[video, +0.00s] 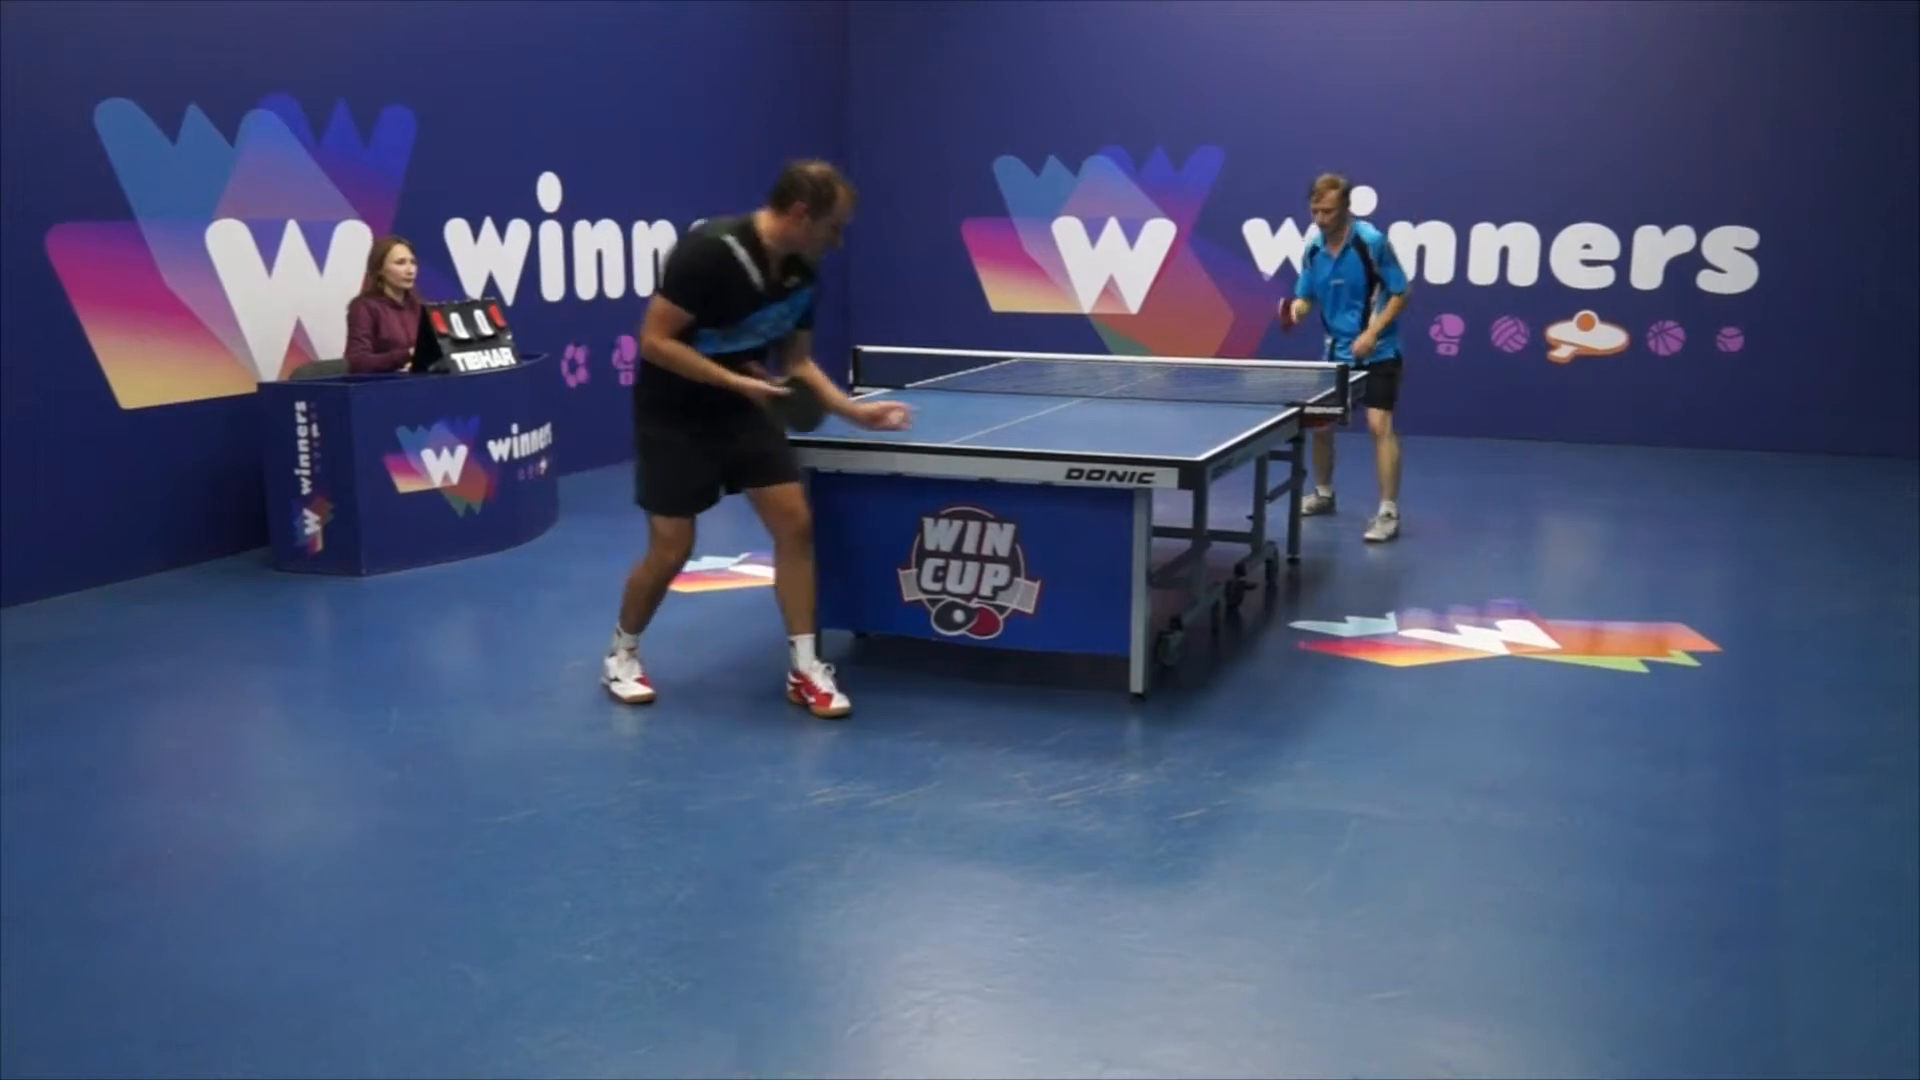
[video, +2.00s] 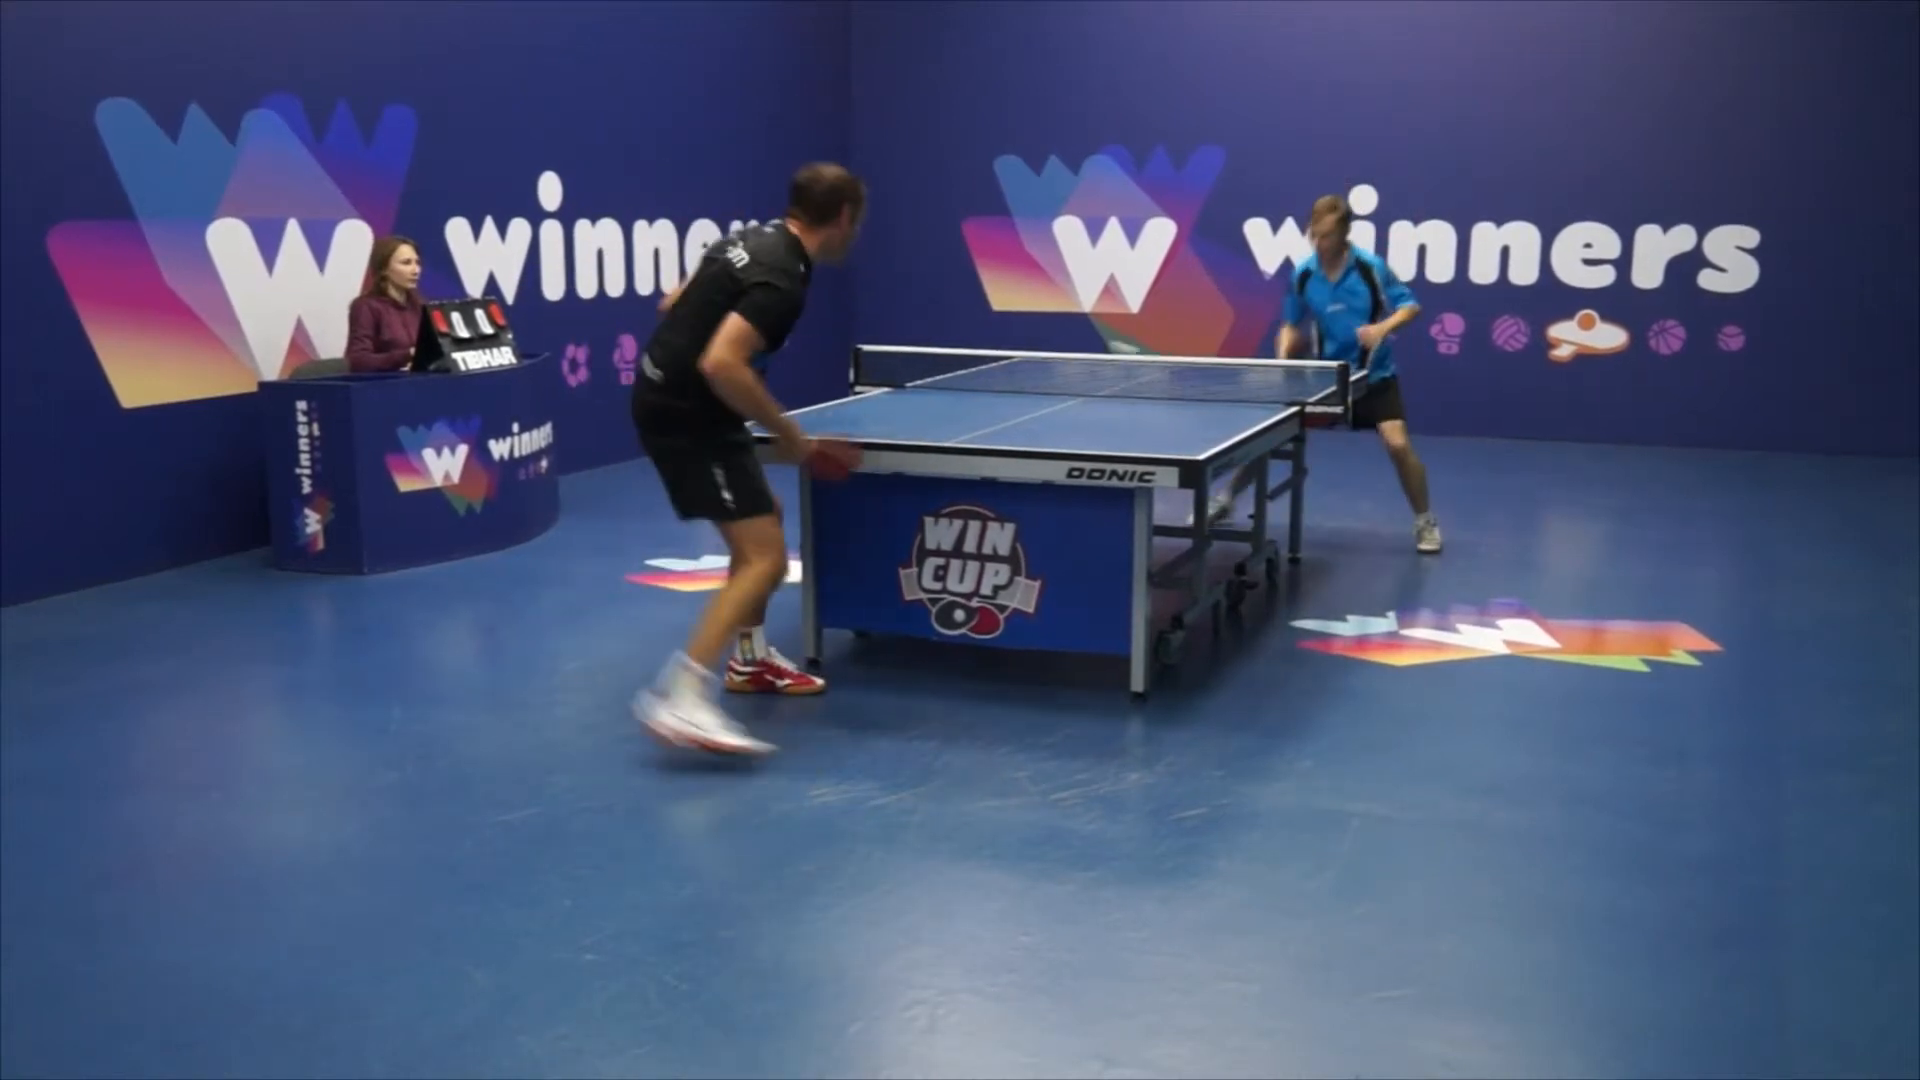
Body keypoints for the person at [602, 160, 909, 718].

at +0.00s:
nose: (837, 239)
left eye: (840, 229)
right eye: (833, 227)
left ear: (802, 217)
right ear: (799, 214)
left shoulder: (800, 270)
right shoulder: (708, 250)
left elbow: (795, 361)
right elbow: (654, 340)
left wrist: (854, 409)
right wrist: (737, 382)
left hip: (745, 402)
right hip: (673, 405)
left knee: (794, 522)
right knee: (671, 548)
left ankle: (806, 666)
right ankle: (621, 653)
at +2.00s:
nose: (857, 232)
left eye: (856, 220)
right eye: (856, 221)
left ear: (800, 207)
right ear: (841, 220)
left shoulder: (754, 239)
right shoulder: (782, 278)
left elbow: (674, 304)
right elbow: (722, 363)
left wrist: (718, 371)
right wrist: (790, 436)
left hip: (678, 399)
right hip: (685, 409)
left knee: (758, 529)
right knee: (764, 558)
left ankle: (749, 655)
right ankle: (679, 694)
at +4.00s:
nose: (533, 198)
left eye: (531, 185)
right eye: (529, 186)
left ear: (457, 189)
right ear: (506, 190)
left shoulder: (411, 259)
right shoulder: (525, 292)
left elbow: (450, 368)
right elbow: (602, 368)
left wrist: (533, 404)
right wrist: (658, 358)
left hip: (433, 468)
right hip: (502, 474)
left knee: (454, 609)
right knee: (589, 622)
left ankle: (342, 740)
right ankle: (616, 811)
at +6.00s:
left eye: (887, 161)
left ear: (884, 170)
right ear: (956, 171)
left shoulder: (869, 239)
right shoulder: (991, 242)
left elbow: (845, 337)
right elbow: (987, 339)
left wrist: (801, 442)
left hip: (904, 445)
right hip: (992, 438)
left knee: (882, 579)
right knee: (1022, 595)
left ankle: (867, 712)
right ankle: (1069, 758)